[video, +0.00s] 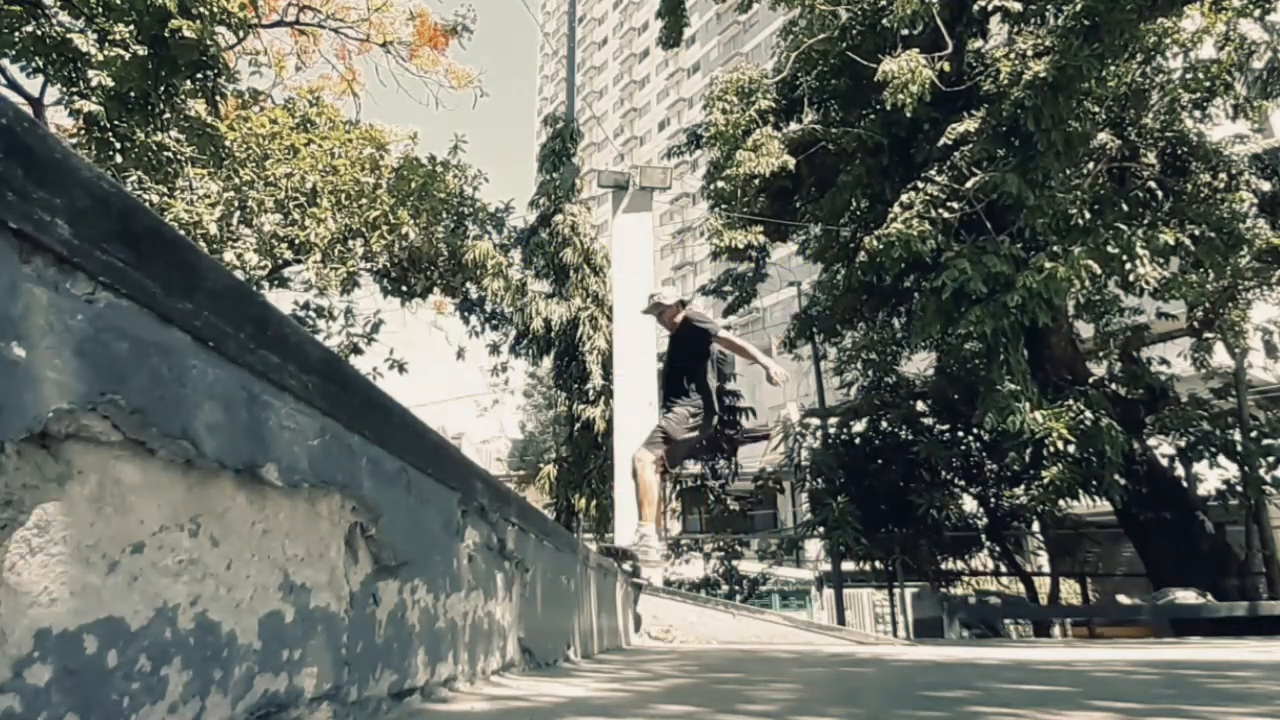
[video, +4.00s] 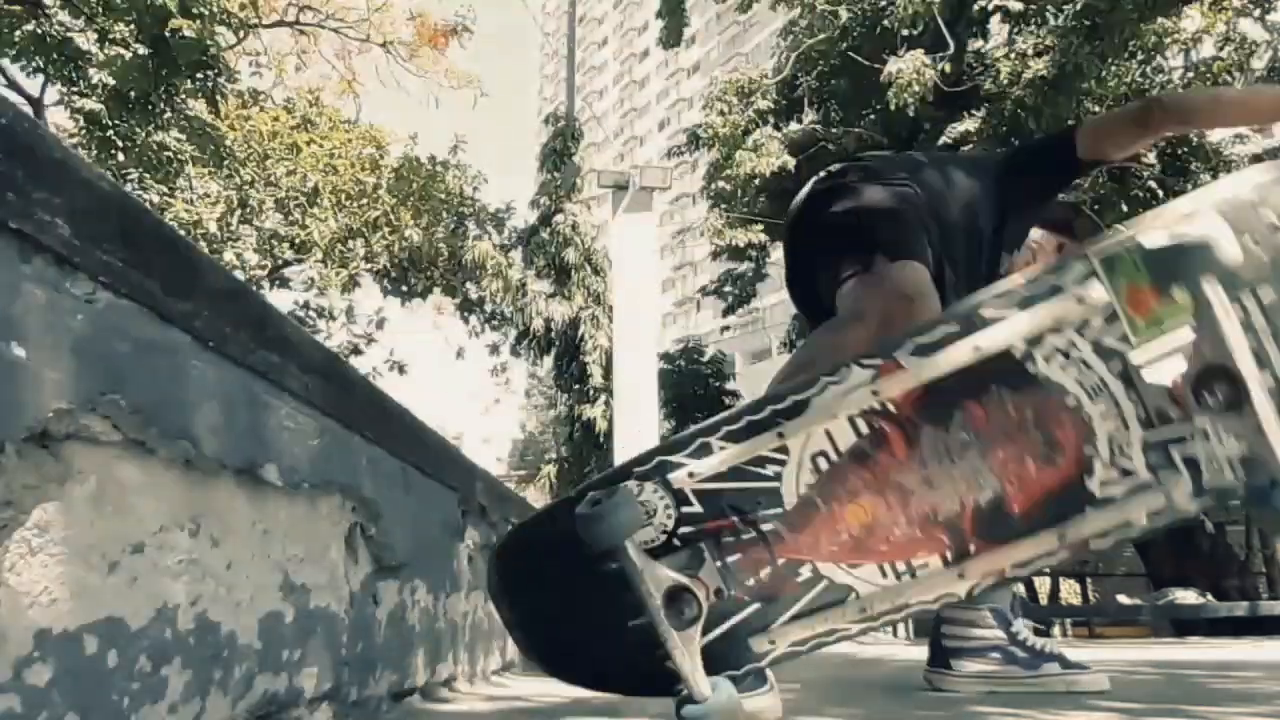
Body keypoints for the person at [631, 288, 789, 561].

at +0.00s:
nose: (660, 320)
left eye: (662, 313)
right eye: (656, 315)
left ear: (676, 307)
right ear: (662, 314)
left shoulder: (692, 319)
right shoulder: (680, 332)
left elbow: (730, 341)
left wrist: (767, 364)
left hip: (690, 408)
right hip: (685, 408)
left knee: (643, 457)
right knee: (652, 466)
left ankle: (647, 535)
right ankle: (657, 539)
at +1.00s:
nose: (630, 259)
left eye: (634, 250)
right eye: (624, 255)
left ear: (652, 244)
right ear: (621, 257)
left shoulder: (685, 270)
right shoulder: (622, 289)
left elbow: (738, 299)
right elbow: (577, 322)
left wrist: (776, 335)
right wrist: (533, 316)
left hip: (680, 372)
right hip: (638, 380)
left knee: (624, 418)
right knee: (590, 437)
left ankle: (630, 518)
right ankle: (618, 518)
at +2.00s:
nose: (661, 219)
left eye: (667, 209)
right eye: (654, 211)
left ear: (686, 204)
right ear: (651, 214)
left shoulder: (719, 231)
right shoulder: (654, 248)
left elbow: (747, 198)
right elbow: (634, 299)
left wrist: (692, 189)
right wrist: (610, 349)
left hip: (716, 371)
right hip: (664, 359)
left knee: (722, 493)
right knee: (619, 384)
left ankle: (753, 605)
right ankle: (583, 496)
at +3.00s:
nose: (709, 117)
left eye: (723, 102)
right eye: (695, 101)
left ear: (747, 97)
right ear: (679, 95)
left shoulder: (778, 140)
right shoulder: (656, 123)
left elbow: (834, 214)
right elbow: (570, 125)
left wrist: (835, 308)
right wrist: (538, 106)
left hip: (746, 297)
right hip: (671, 303)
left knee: (724, 394)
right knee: (655, 434)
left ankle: (754, 568)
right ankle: (709, 571)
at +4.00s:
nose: (1046, 279)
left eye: (1056, 279)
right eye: (1058, 265)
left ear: (1043, 258)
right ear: (1054, 226)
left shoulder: (979, 308)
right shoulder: (1018, 177)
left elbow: (957, 447)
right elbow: (1155, 115)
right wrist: (1270, 106)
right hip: (865, 191)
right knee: (903, 302)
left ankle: (973, 624)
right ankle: (763, 422)